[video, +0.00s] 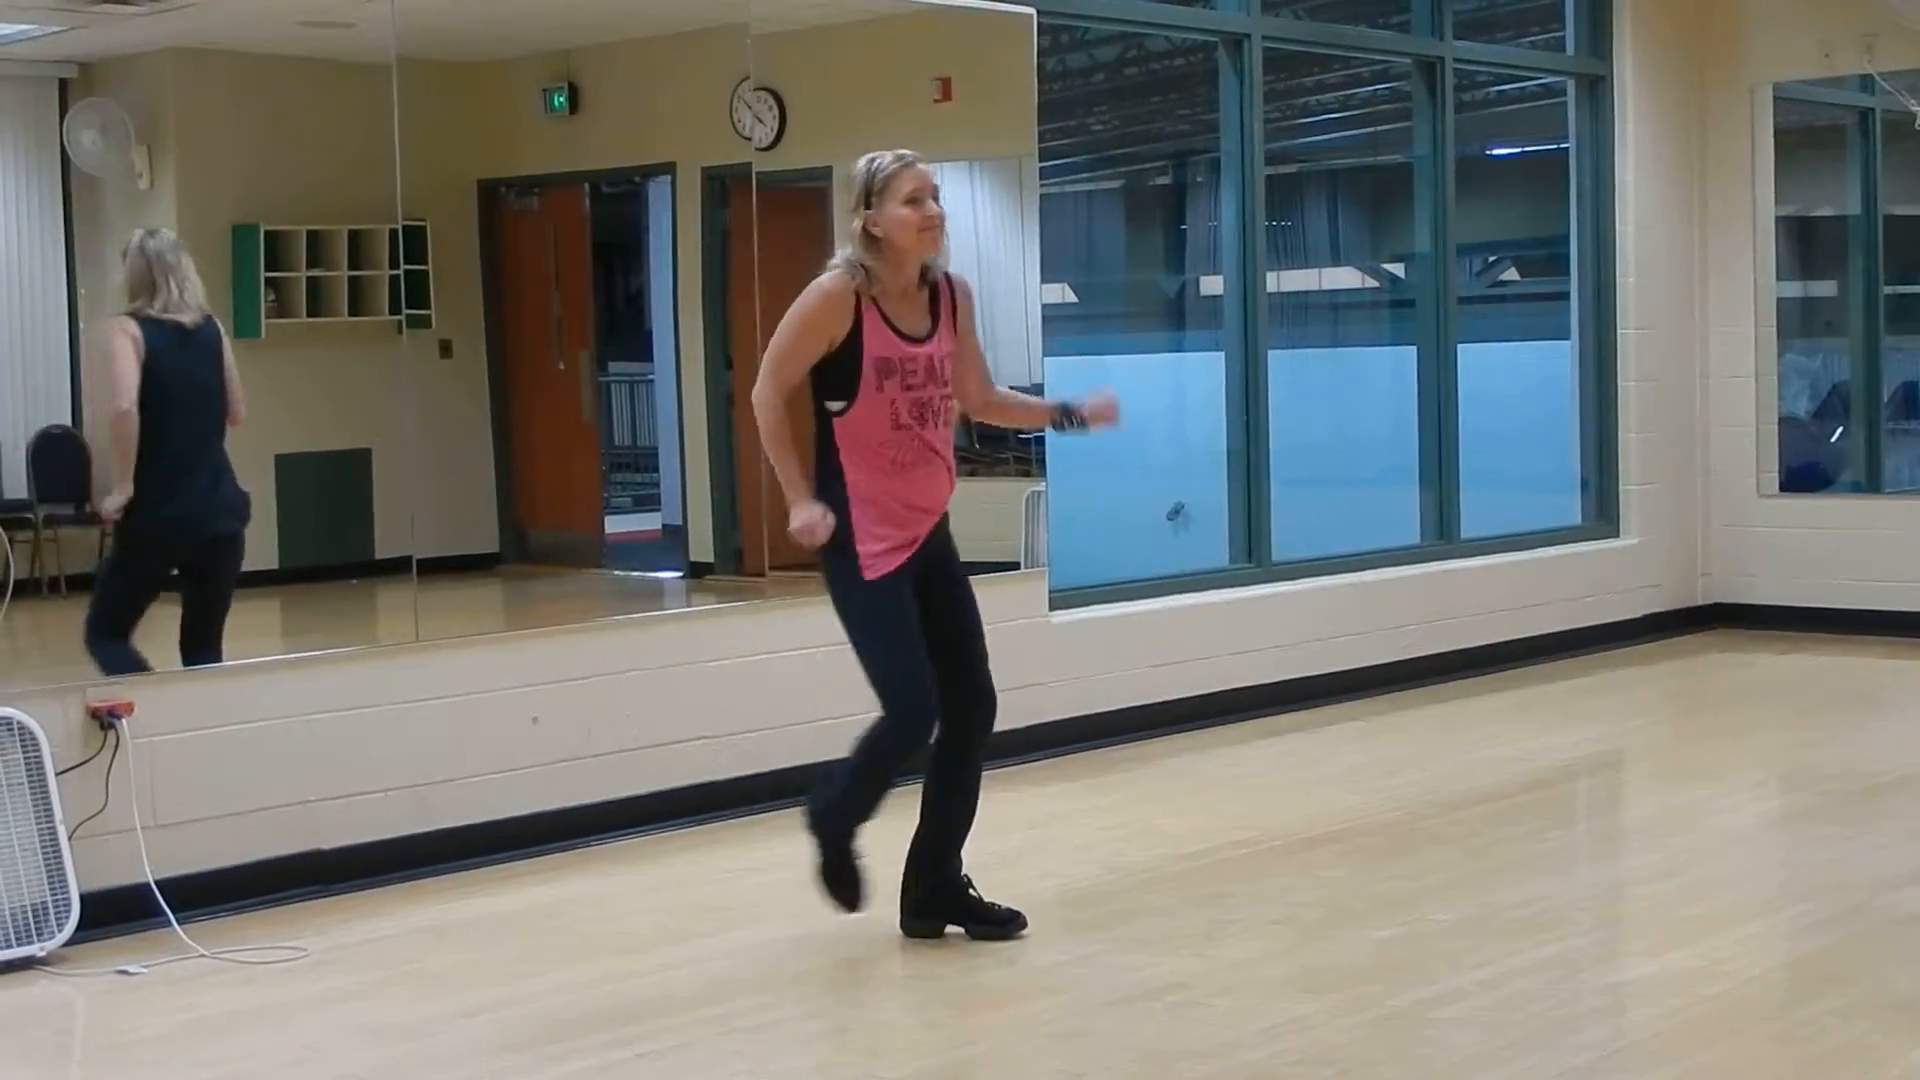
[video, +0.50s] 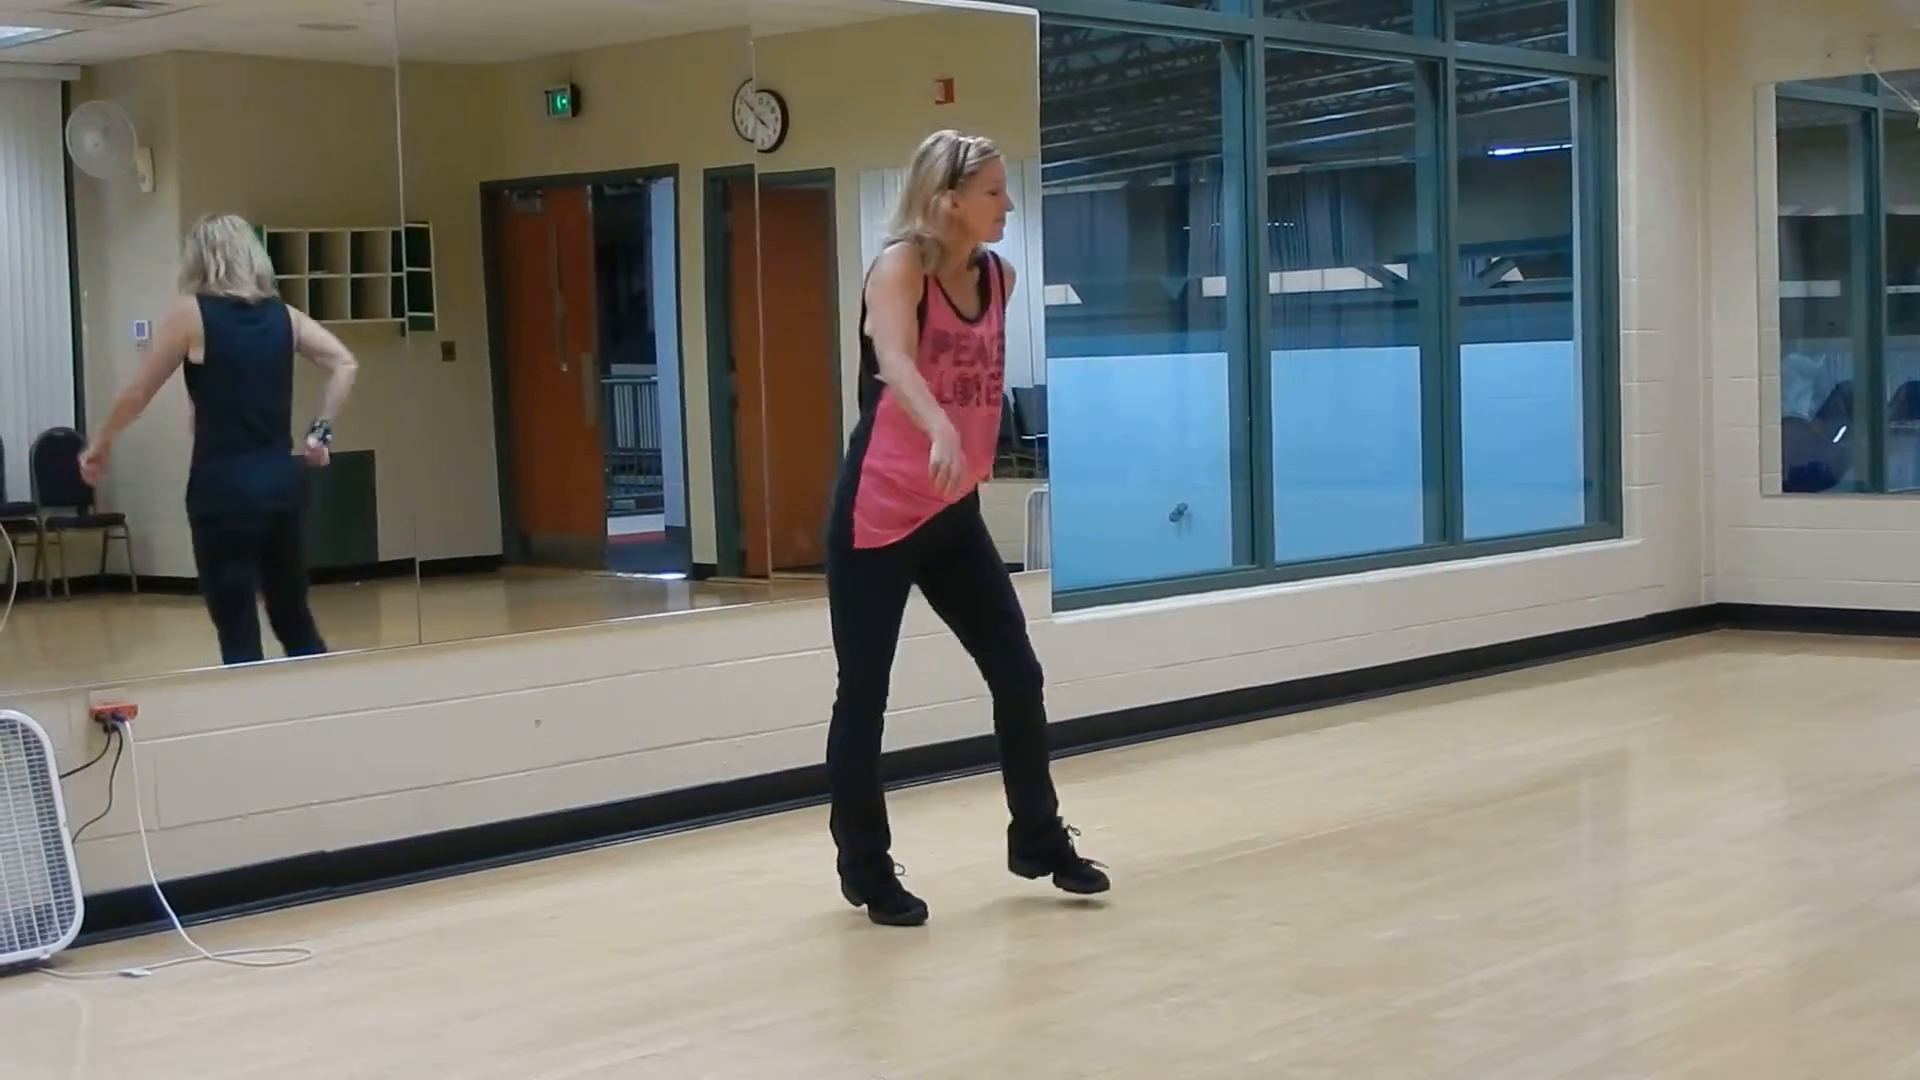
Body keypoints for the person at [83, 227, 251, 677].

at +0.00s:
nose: (123, 275)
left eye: (126, 267)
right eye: (125, 267)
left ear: (135, 274)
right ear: (185, 272)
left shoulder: (124, 330)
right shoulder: (212, 328)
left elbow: (124, 407)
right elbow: (235, 412)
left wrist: (122, 488)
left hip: (159, 513)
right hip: (221, 510)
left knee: (105, 635)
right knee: (203, 648)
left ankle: (163, 715)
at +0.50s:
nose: (189, 263)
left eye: (192, 255)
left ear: (198, 259)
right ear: (253, 258)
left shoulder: (191, 313)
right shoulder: (282, 314)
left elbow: (140, 391)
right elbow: (343, 362)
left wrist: (101, 442)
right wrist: (322, 429)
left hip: (221, 489)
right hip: (282, 482)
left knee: (237, 632)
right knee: (292, 617)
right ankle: (339, 717)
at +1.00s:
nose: (272, 278)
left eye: (277, 270)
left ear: (282, 275)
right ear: (335, 281)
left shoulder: (277, 324)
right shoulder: (338, 339)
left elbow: (281, 395)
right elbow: (336, 424)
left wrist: (280, 472)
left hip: (314, 502)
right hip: (363, 502)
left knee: (217, 592)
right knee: (336, 632)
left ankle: (274, 694)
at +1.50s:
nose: (212, 282)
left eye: (216, 273)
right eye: (212, 273)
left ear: (230, 271)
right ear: (274, 266)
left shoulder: (230, 311)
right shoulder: (305, 313)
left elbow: (214, 387)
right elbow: (320, 391)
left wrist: (198, 457)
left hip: (279, 488)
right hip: (337, 484)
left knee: (218, 620)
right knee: (347, 621)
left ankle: (199, 731)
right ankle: (384, 725)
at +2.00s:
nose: (111, 293)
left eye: (116, 284)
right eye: (112, 283)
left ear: (128, 290)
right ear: (175, 281)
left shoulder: (119, 351)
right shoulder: (216, 339)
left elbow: (77, 443)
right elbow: (271, 399)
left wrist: (35, 491)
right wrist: (241, 461)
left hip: (155, 517)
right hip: (216, 511)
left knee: (133, 644)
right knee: (174, 632)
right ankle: (240, 705)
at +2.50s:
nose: (60, 267)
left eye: (66, 258)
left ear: (73, 264)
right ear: (125, 262)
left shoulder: (80, 324)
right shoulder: (142, 314)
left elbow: (117, 398)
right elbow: (164, 398)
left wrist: (102, 481)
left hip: (134, 501)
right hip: (191, 492)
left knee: (74, 643)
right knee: (195, 640)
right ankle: (235, 752)